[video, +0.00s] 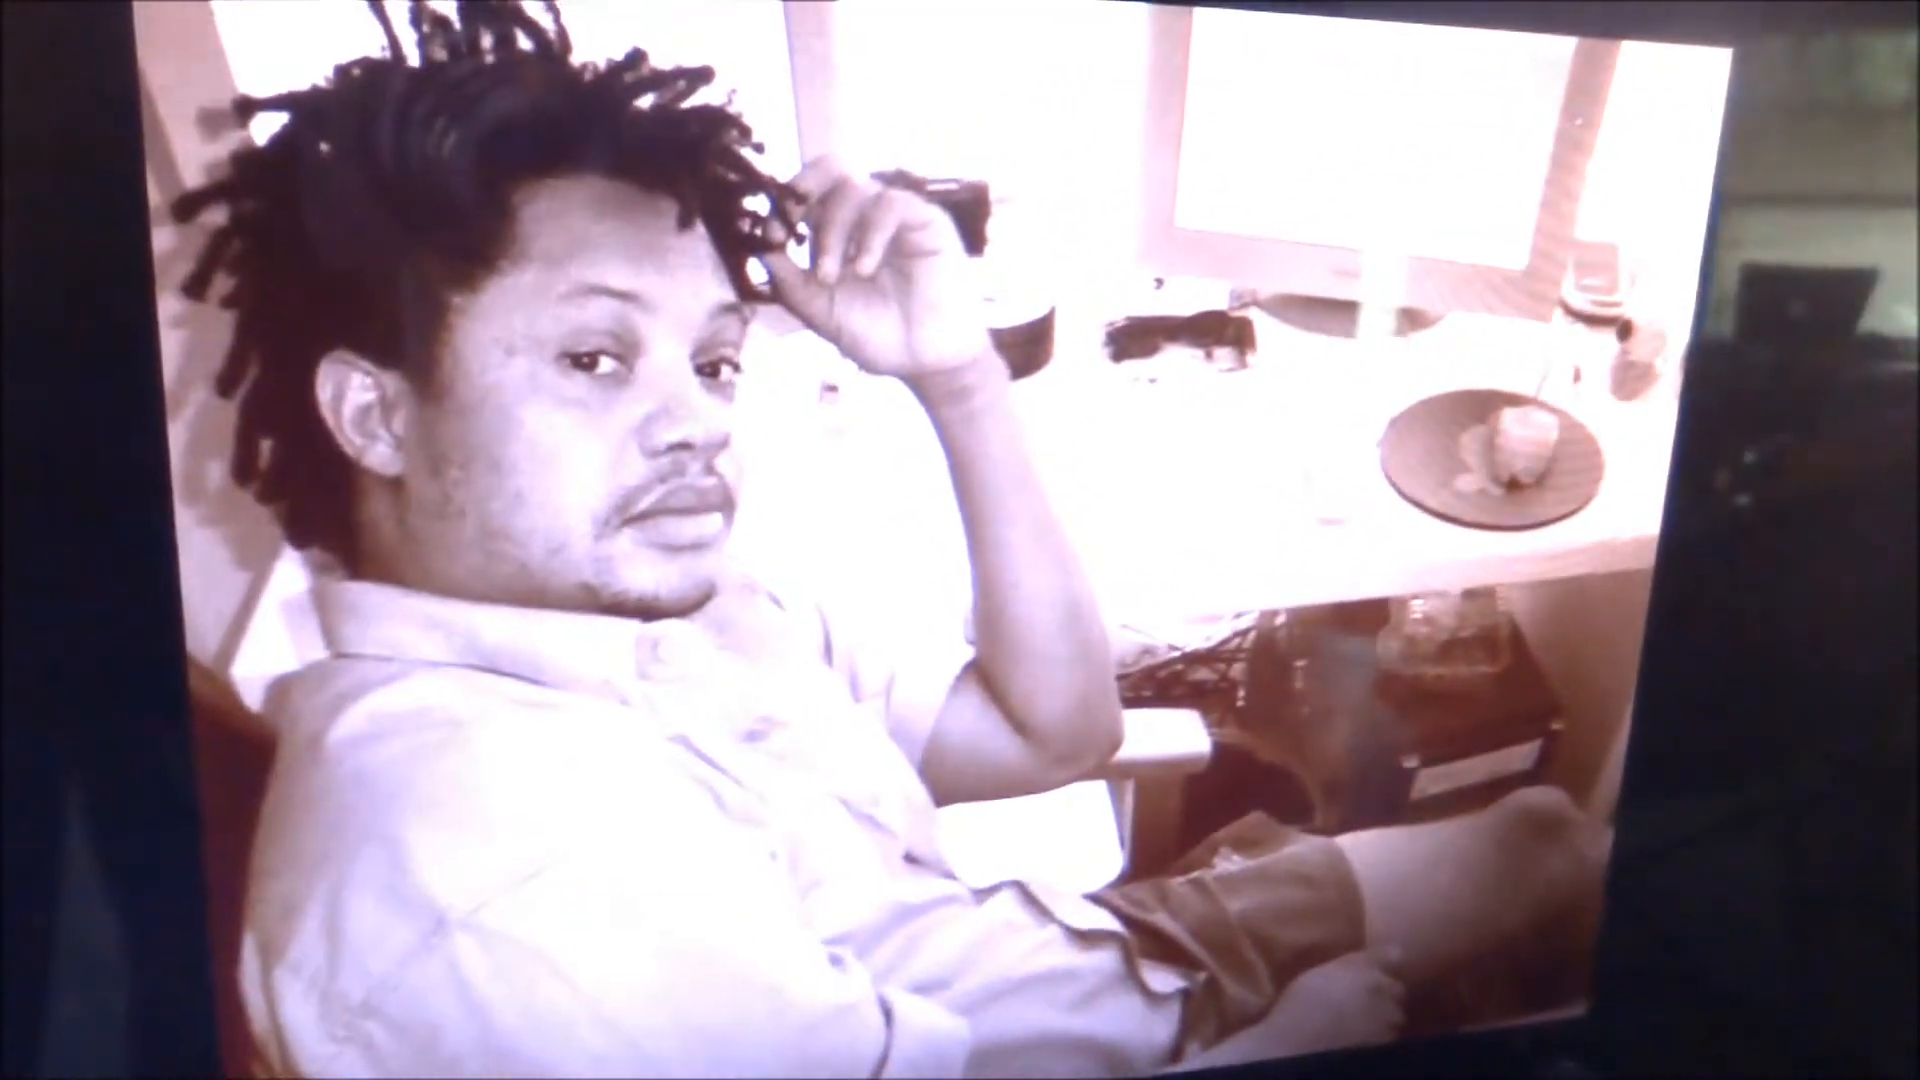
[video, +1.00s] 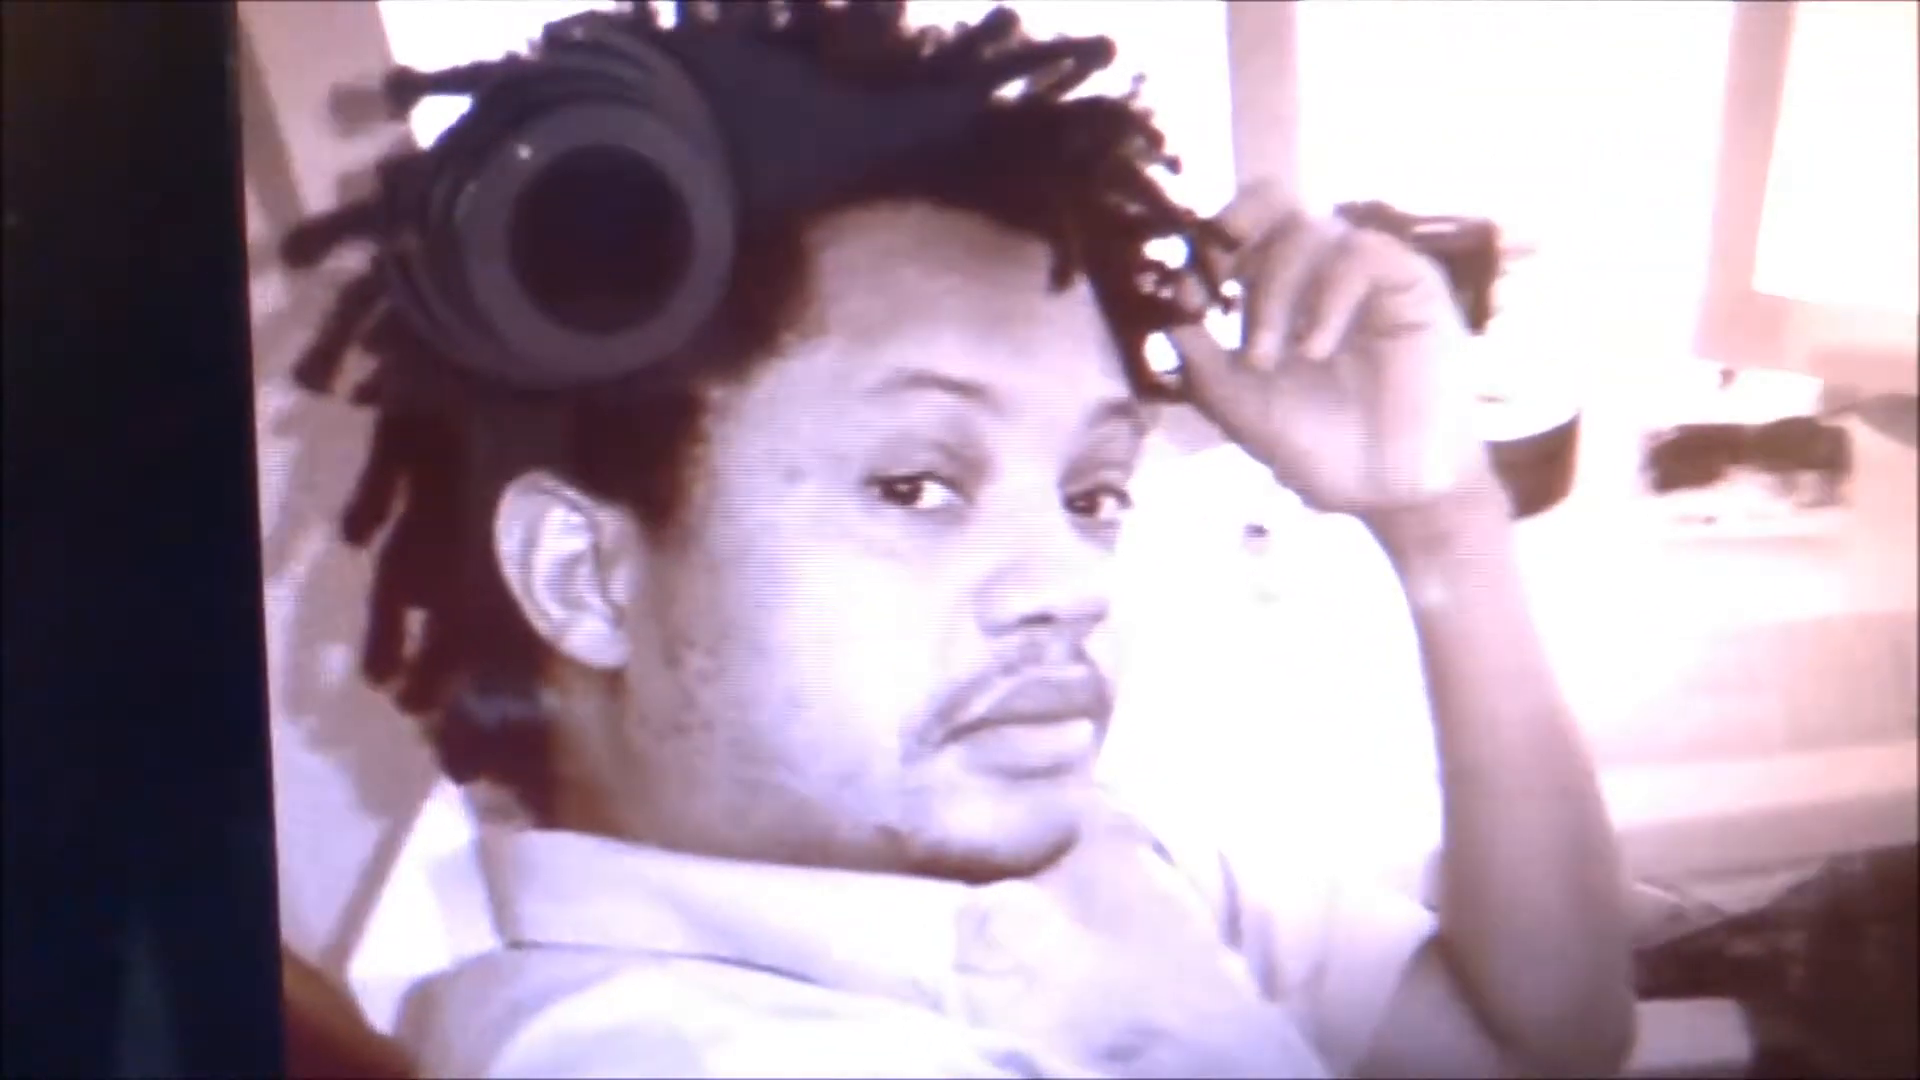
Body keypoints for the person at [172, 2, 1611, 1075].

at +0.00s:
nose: (701, 425)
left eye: (709, 358)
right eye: (594, 358)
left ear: (744, 356)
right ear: (369, 411)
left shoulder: (688, 613)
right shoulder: (452, 835)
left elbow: (1052, 736)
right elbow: (910, 1053)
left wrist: (957, 380)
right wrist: (1356, 962)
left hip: (1070, 931)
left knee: (1537, 820)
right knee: (1570, 857)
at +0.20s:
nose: (696, 427)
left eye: (702, 362)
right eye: (588, 358)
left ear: (735, 360)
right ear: (356, 411)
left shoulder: (687, 619)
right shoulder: (435, 849)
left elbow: (1055, 744)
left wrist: (955, 380)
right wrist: (1338, 994)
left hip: (1086, 945)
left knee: (1547, 849)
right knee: (1573, 874)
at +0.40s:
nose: (738, 432)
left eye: (748, 368)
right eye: (630, 359)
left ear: (785, 374)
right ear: (392, 411)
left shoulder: (730, 634)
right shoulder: (464, 855)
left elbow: (1102, 765)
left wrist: (1007, 381)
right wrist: (1408, 1036)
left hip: (1185, 973)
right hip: (1131, 1062)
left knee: (1625, 874)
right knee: (1655, 899)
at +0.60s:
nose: (839, 470)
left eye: (855, 393)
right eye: (724, 386)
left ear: (893, 398)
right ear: (465, 449)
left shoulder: (851, 697)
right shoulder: (531, 903)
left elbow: (1237, 823)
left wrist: (1141, 410)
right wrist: (1514, 1034)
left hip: (1291, 1040)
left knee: (1793, 939)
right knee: (1810, 968)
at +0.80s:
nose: (959, 554)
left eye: (979, 475)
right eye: (825, 461)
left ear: (1014, 487)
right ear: (527, 538)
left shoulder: (989, 826)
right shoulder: (583, 1011)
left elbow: (1396, 962)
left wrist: (1295, 492)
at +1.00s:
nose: (1074, 588)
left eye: (1094, 497)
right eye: (916, 490)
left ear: (1138, 495)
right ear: (577, 574)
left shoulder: (1118, 880)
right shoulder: (632, 1040)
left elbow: (1545, 1041)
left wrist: (1445, 535)